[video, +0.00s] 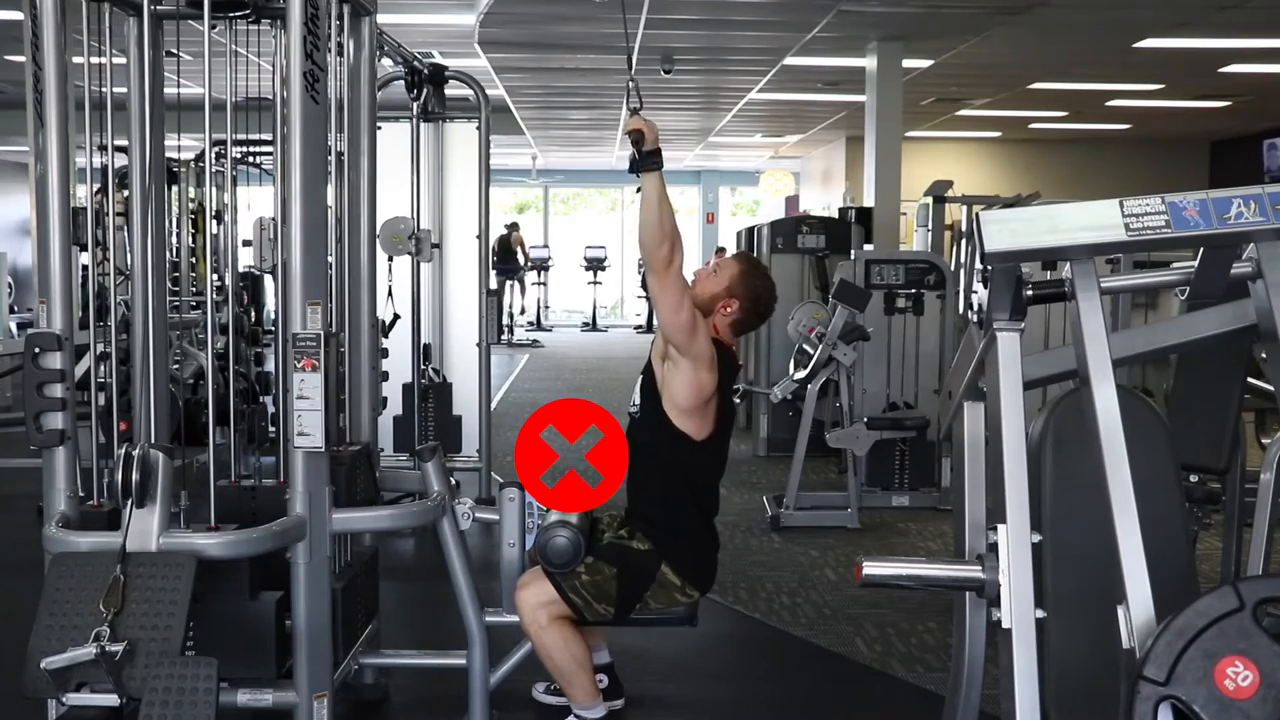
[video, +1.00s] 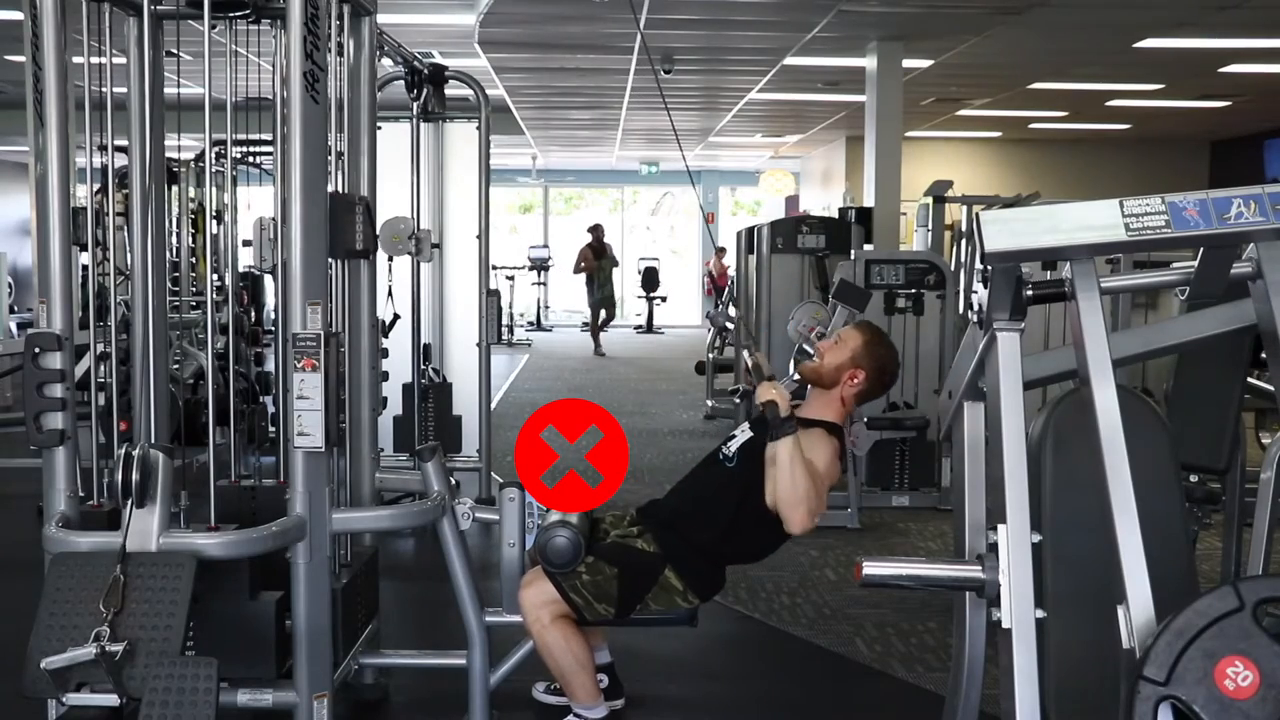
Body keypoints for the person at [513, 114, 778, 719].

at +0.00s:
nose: (704, 263)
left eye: (716, 265)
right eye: (715, 257)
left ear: (724, 304)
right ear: (727, 309)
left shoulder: (693, 350)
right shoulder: (699, 346)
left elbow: (661, 258)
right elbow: (662, 259)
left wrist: (648, 155)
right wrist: (648, 164)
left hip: (670, 555)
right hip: (661, 536)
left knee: (534, 595)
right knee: (549, 550)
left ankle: (590, 710)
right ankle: (593, 670)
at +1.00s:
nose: (820, 343)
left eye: (835, 343)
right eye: (830, 336)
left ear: (851, 378)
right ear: (849, 378)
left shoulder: (822, 439)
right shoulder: (803, 404)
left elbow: (799, 517)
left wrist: (779, 423)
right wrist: (763, 400)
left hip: (680, 562)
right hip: (659, 523)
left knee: (538, 594)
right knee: (551, 545)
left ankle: (589, 712)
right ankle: (597, 676)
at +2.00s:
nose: (766, 301)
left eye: (782, 302)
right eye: (777, 296)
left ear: (796, 337)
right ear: (794, 339)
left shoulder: (760, 389)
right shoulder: (751, 373)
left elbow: (714, 330)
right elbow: (711, 321)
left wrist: (691, 228)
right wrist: (689, 235)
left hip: (669, 560)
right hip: (649, 528)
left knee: (532, 598)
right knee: (544, 559)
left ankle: (590, 711)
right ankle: (594, 670)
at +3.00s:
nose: (785, 310)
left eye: (798, 309)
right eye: (795, 304)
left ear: (814, 344)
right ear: (813, 348)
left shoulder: (776, 407)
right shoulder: (773, 386)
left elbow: (731, 355)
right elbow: (739, 347)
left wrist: (704, 250)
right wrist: (711, 258)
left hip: (670, 561)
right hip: (651, 529)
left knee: (533, 597)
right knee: (553, 548)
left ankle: (589, 709)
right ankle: (595, 673)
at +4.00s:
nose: (838, 366)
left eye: (854, 367)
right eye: (849, 359)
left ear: (870, 403)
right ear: (863, 403)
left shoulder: (836, 456)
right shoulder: (814, 428)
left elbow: (806, 516)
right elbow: (765, 448)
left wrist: (790, 427)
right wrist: (767, 398)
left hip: (681, 562)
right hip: (662, 524)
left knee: (538, 595)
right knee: (551, 551)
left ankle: (590, 710)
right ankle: (593, 670)